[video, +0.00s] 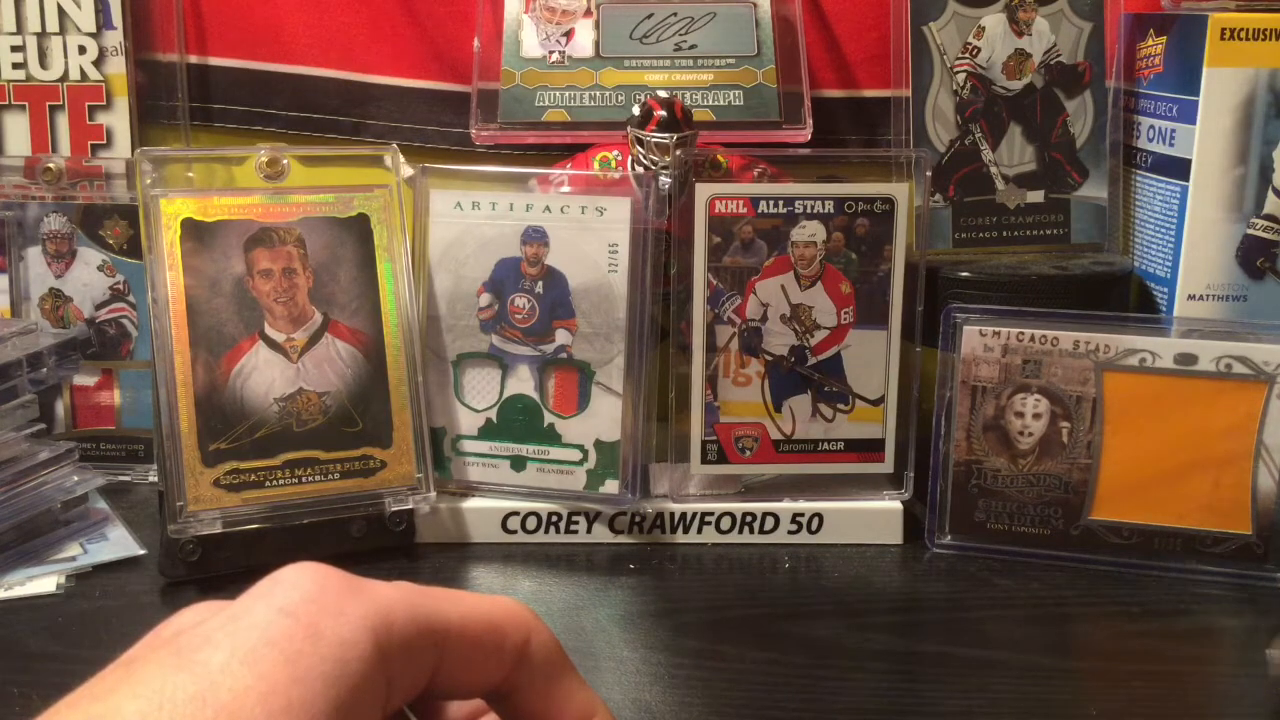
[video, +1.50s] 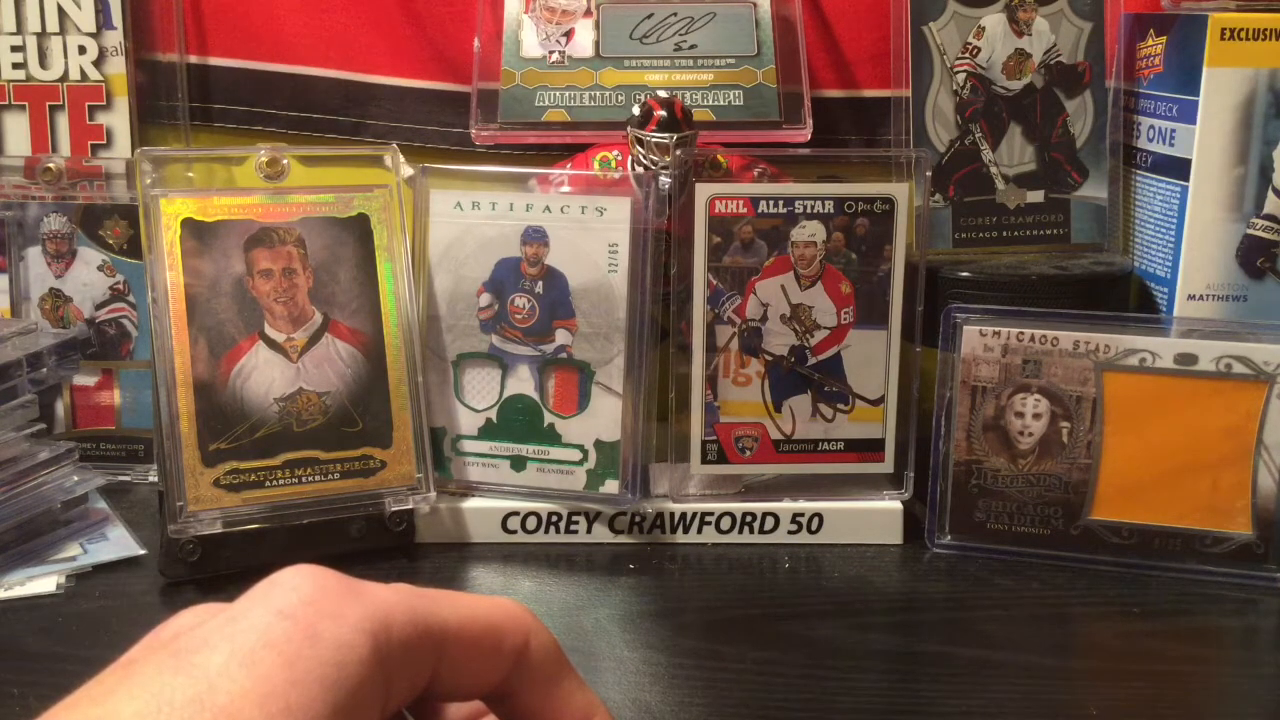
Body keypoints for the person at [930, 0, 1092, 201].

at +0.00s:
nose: (1029, 16)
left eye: (1033, 10)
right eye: (1023, 10)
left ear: (1037, 10)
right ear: (1010, 9)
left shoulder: (1041, 27)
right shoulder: (990, 26)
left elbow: (1050, 63)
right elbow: (964, 62)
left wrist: (1070, 74)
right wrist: (969, 96)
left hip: (1026, 91)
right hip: (993, 93)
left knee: (1056, 121)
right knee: (979, 138)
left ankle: (1063, 175)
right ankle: (942, 185)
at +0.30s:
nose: (1029, 16)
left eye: (1033, 10)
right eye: (1023, 10)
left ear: (1037, 10)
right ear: (1010, 9)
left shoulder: (1041, 27)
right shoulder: (990, 26)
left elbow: (1050, 62)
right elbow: (964, 62)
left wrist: (1069, 74)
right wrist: (969, 96)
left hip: (1026, 91)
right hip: (993, 93)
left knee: (1056, 120)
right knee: (979, 138)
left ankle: (1063, 175)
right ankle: (942, 185)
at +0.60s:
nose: (1030, 16)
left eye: (1033, 10)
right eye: (1024, 10)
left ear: (1037, 10)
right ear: (1011, 9)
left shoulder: (1041, 27)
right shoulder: (990, 26)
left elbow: (1050, 59)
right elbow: (965, 62)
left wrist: (1068, 74)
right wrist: (969, 95)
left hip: (1027, 91)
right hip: (993, 93)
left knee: (1056, 121)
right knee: (980, 138)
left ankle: (1063, 175)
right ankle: (942, 185)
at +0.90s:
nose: (1029, 16)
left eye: (1033, 10)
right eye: (1024, 10)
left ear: (1037, 10)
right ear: (1011, 8)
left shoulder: (1041, 27)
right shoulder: (990, 26)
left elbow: (1050, 60)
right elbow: (965, 62)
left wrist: (1068, 73)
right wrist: (969, 95)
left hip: (1027, 91)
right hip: (993, 93)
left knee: (1056, 122)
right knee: (980, 138)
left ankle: (1063, 176)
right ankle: (942, 185)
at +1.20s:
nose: (1029, 15)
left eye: (1033, 10)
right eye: (1023, 9)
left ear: (1037, 9)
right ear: (1011, 8)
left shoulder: (1041, 27)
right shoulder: (991, 25)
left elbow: (1052, 60)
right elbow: (965, 62)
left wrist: (1069, 74)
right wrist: (970, 96)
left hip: (1029, 91)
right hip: (994, 93)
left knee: (1057, 121)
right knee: (980, 137)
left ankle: (1062, 174)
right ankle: (942, 183)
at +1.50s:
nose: (1029, 15)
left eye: (1033, 10)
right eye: (1023, 9)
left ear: (1037, 9)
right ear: (1011, 8)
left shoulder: (1041, 27)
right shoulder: (990, 25)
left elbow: (1051, 60)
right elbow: (965, 62)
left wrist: (1068, 74)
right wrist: (970, 97)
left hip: (1026, 92)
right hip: (993, 94)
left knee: (1056, 121)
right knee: (979, 138)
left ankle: (1062, 175)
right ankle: (942, 184)